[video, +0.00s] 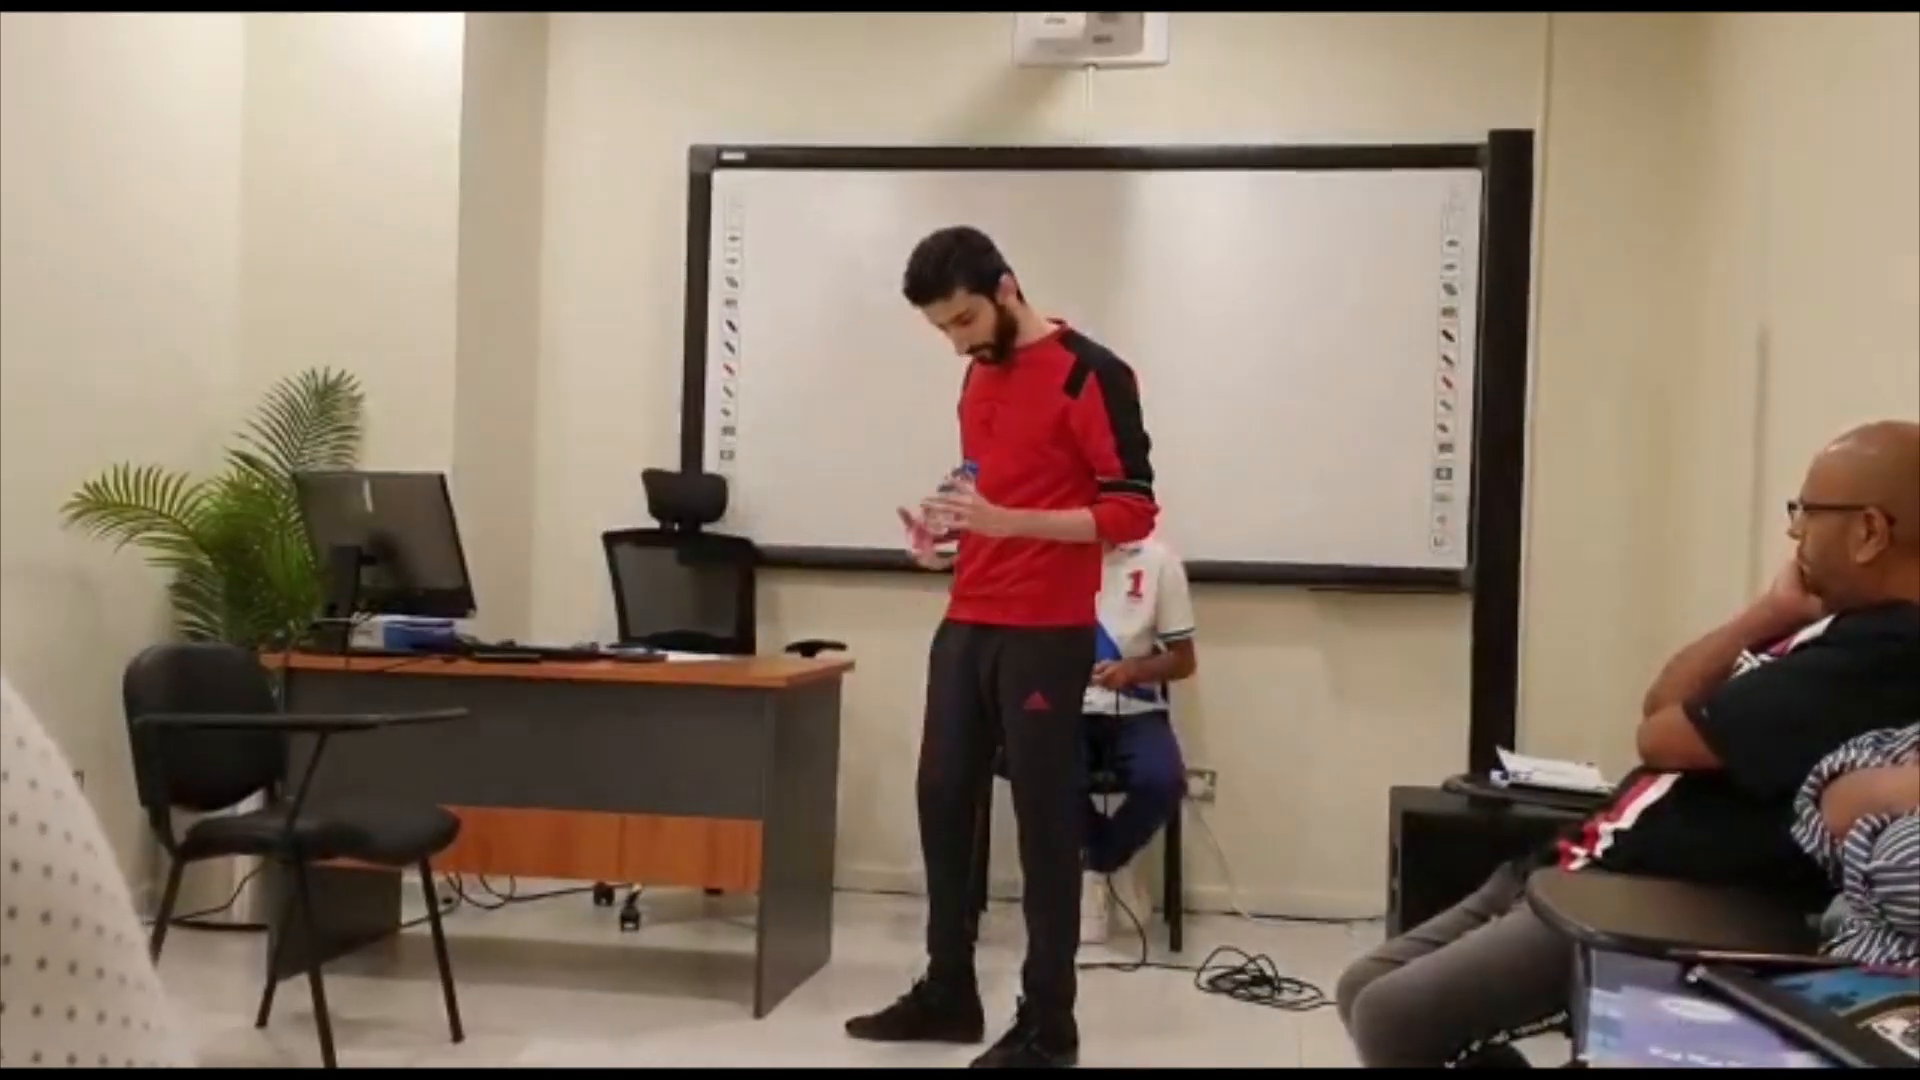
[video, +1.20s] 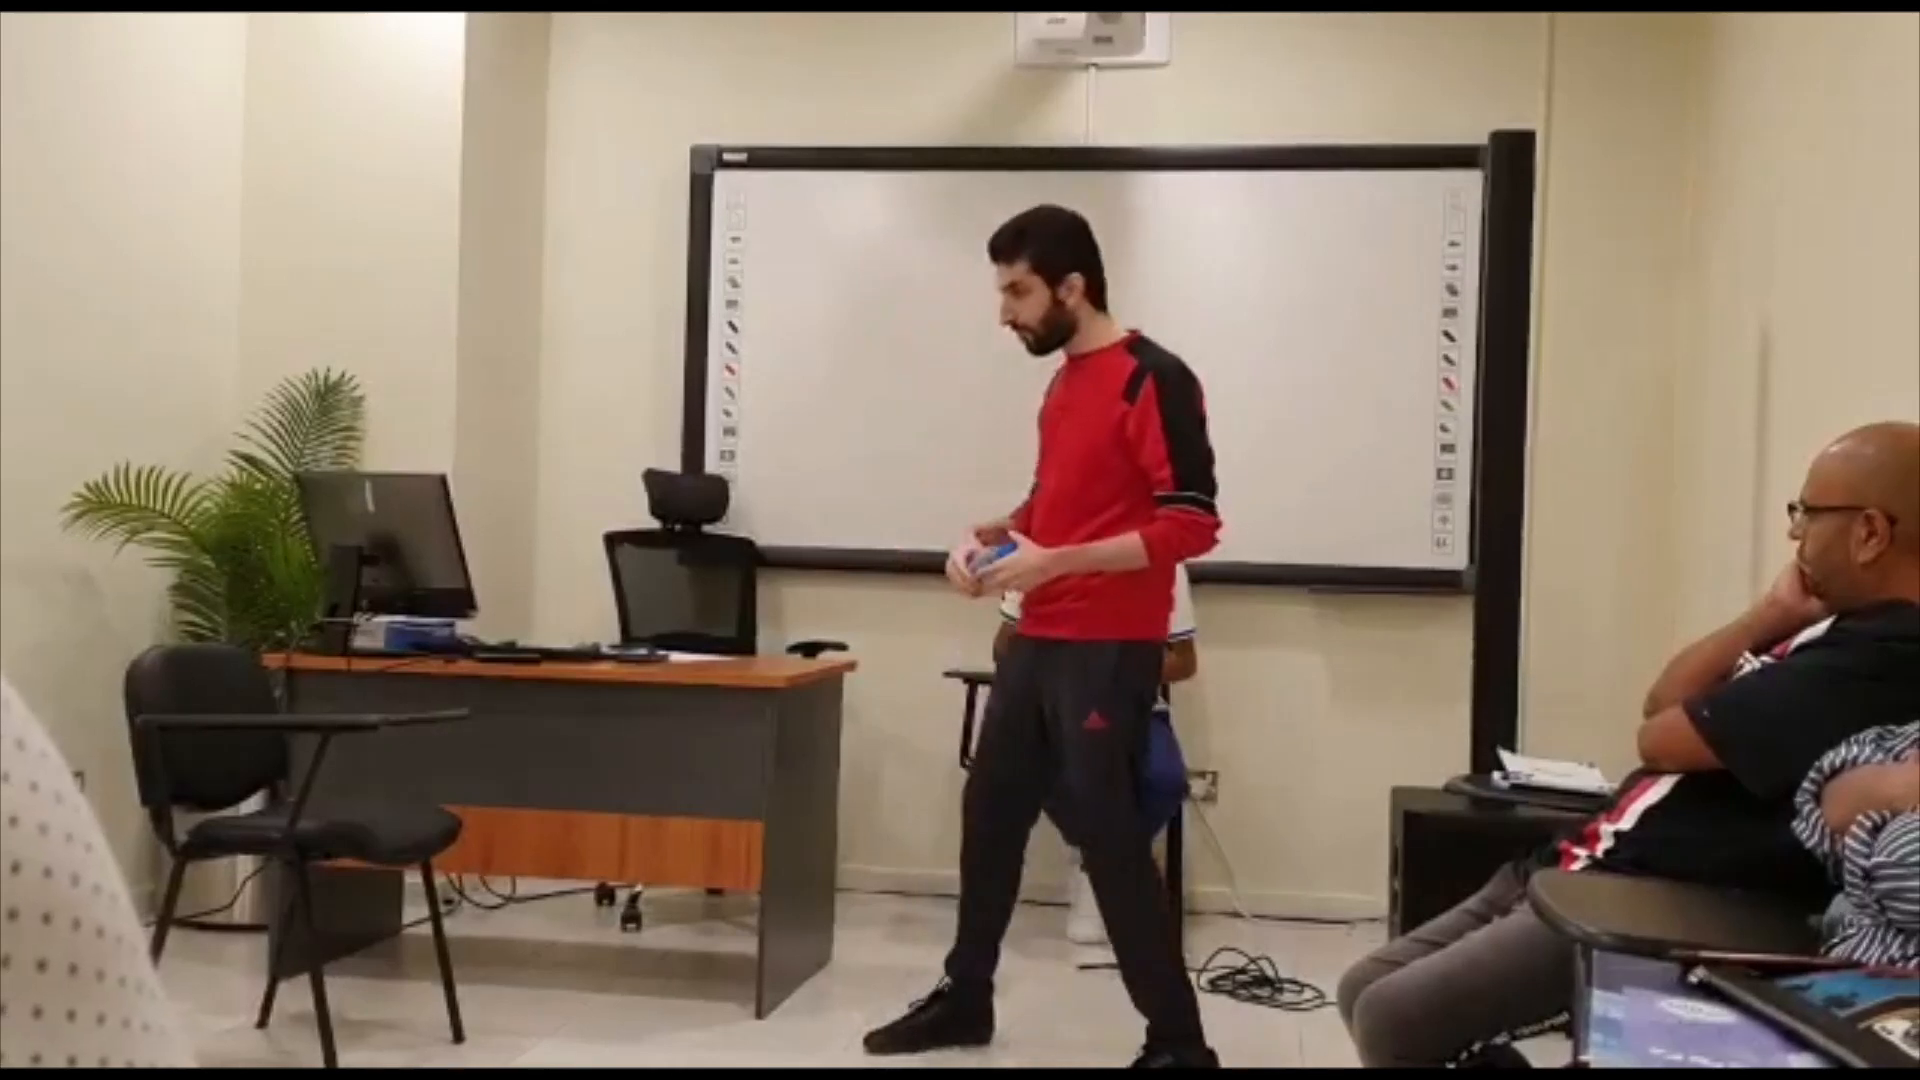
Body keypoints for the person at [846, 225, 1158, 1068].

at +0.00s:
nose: (957, 340)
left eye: (964, 320)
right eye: (943, 327)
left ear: (1007, 289)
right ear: (937, 318)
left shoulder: (1093, 375)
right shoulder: (980, 375)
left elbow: (1133, 515)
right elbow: (988, 479)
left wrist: (1002, 520)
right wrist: (942, 514)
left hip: (1049, 634)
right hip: (969, 625)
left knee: (1047, 828)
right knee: (946, 802)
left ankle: (1046, 1025)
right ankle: (948, 993)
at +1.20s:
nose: (1003, 311)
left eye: (1016, 291)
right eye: (1000, 293)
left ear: (1074, 286)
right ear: (1058, 293)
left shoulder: (1155, 377)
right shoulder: (1064, 384)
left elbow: (1194, 522)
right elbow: (1058, 498)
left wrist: (1060, 562)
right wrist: (990, 536)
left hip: (1110, 648)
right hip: (1036, 638)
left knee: (1108, 837)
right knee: (993, 809)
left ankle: (1178, 1039)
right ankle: (965, 997)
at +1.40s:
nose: (1056, 290)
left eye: (1068, 270)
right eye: (1054, 272)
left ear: (1127, 268)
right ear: (1117, 273)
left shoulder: (1202, 362)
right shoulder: (1125, 366)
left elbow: (1221, 516)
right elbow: (1106, 496)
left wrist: (1091, 551)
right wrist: (1029, 525)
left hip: (1163, 635)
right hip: (1100, 629)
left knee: (1147, 838)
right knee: (1061, 809)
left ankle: (1180, 1040)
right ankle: (1044, 1006)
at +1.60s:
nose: (1107, 285)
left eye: (1120, 265)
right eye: (1106, 267)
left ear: (1179, 263)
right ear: (1171, 269)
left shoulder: (1246, 358)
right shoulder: (1186, 356)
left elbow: (1229, 524)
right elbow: (1148, 498)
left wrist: (1102, 604)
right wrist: (1056, 574)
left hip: (1201, 627)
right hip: (1161, 621)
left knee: (1176, 831)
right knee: (1149, 826)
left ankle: (1197, 1037)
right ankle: (1185, 1020)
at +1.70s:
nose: (1137, 287)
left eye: (1149, 266)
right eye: (1134, 268)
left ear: (1206, 261)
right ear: (1200, 266)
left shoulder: (1268, 357)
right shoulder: (1212, 359)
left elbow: (1241, 521)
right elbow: (1180, 519)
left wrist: (1143, 647)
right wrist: (1106, 602)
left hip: (1226, 636)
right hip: (1192, 632)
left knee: (1192, 835)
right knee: (1211, 827)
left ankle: (1184, 1040)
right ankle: (1286, 1020)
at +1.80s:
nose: (1166, 285)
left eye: (1177, 264)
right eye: (1165, 265)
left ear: (1236, 260)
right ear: (1231, 263)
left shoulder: (1289, 360)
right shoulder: (1249, 356)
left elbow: (1271, 530)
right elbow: (1220, 518)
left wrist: (1204, 669)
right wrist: (1172, 641)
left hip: (1255, 645)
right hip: (1228, 642)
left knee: (1203, 842)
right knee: (1270, 836)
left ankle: (1185, 1043)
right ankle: (1379, 1014)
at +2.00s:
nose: (1236, 294)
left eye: (1249, 273)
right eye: (1234, 276)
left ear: (1308, 272)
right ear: (1303, 278)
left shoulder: (1352, 366)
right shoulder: (1322, 366)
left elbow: (1379, 541)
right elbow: (1326, 535)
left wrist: (1335, 690)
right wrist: (1267, 664)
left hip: (1300, 656)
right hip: (1319, 650)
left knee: (1215, 831)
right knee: (1365, 838)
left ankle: (1188, 1043)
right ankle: (1470, 1023)